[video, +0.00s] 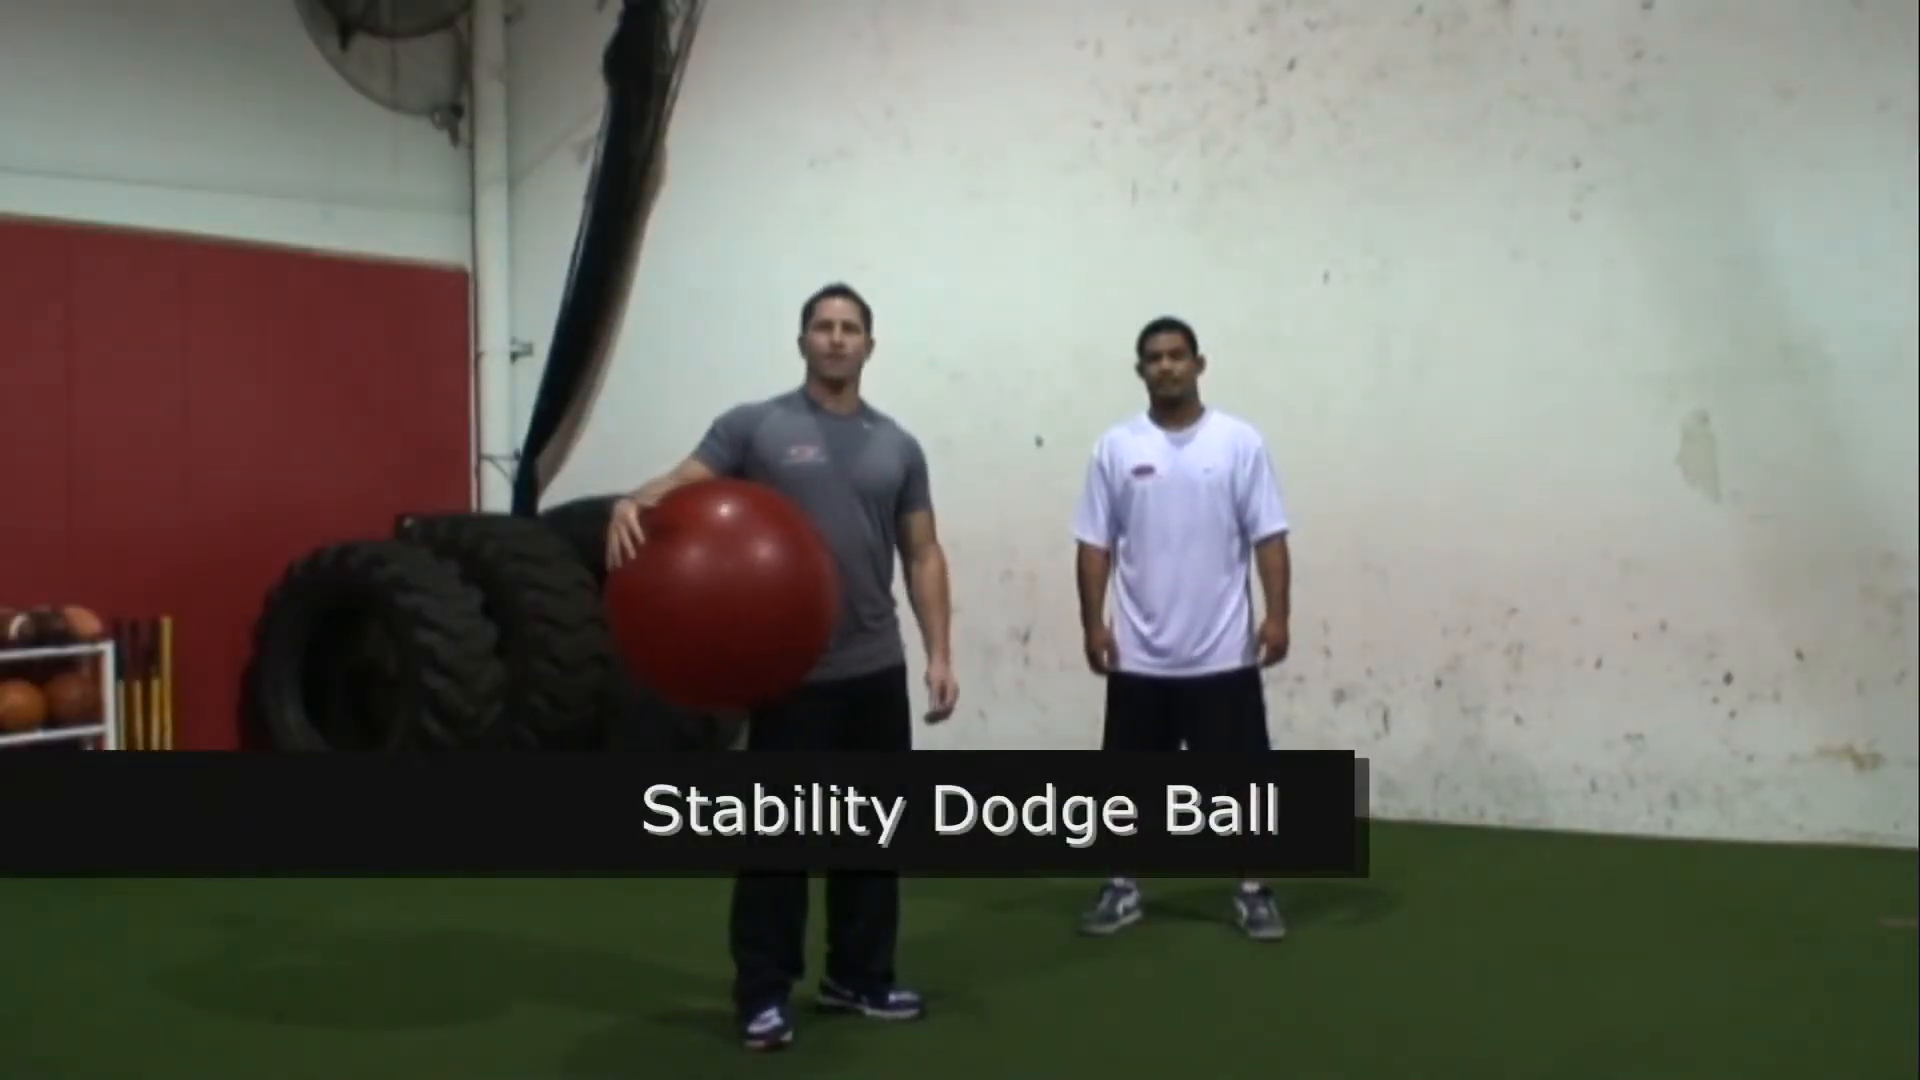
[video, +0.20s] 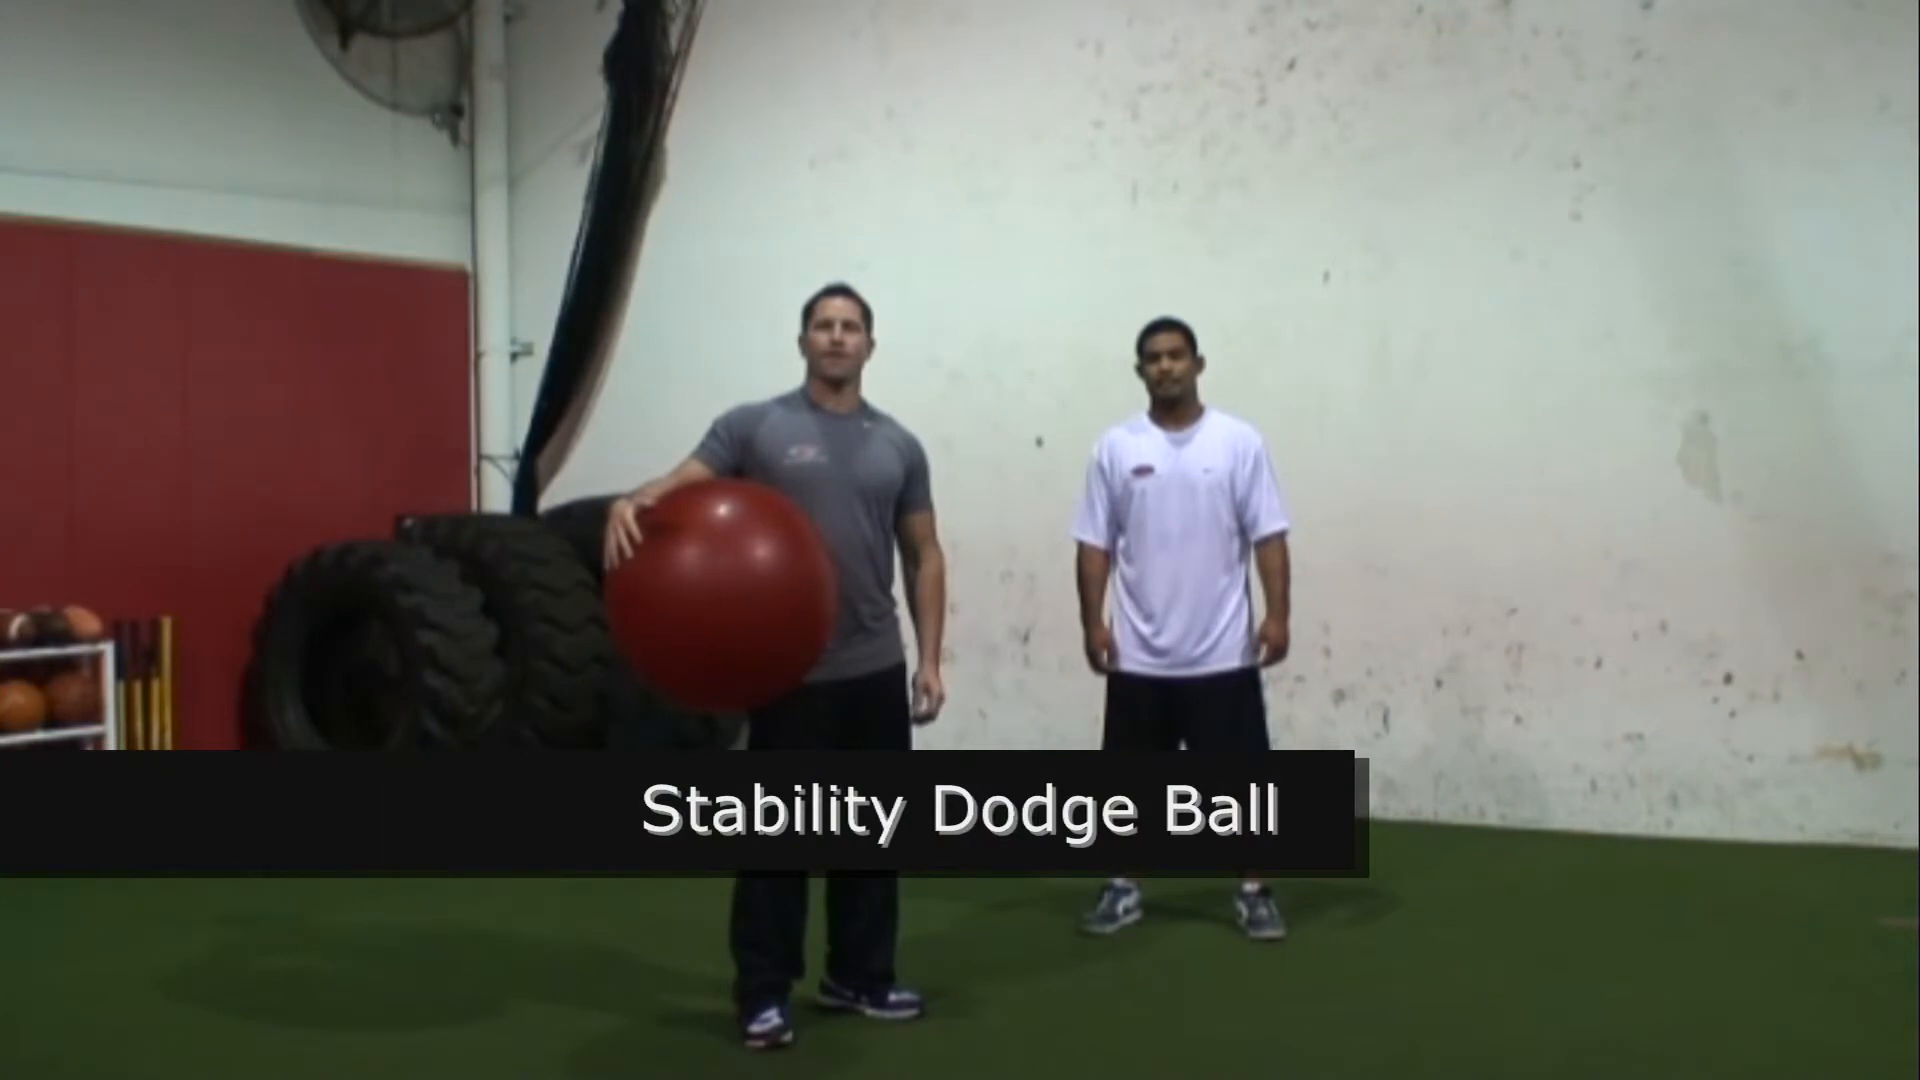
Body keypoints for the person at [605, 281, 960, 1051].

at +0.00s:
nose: (837, 338)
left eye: (850, 328)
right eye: (824, 327)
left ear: (869, 344)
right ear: (802, 341)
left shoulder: (897, 446)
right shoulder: (754, 426)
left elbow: (923, 552)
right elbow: (681, 484)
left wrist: (939, 651)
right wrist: (630, 504)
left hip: (874, 668)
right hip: (784, 673)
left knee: (873, 831)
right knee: (777, 834)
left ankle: (859, 976)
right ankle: (766, 994)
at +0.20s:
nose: (837, 336)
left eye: (850, 326)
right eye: (824, 325)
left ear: (870, 345)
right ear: (802, 341)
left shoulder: (899, 447)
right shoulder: (753, 427)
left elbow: (925, 554)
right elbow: (680, 486)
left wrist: (931, 656)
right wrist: (628, 504)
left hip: (874, 669)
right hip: (785, 674)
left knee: (873, 832)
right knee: (777, 835)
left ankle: (860, 976)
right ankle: (766, 994)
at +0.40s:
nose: (838, 337)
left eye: (851, 327)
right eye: (825, 326)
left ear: (871, 345)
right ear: (804, 341)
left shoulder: (900, 447)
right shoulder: (754, 426)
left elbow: (923, 556)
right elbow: (680, 485)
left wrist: (933, 662)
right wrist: (629, 504)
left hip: (874, 668)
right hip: (785, 673)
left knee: (873, 832)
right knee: (777, 835)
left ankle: (860, 976)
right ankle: (765, 994)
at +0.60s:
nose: (841, 337)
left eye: (854, 328)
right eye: (828, 326)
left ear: (873, 345)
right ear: (805, 341)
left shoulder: (898, 447)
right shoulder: (754, 426)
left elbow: (924, 556)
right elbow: (682, 484)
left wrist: (939, 660)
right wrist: (632, 504)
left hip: (874, 669)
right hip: (784, 674)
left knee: (873, 832)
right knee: (777, 836)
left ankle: (860, 976)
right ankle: (765, 994)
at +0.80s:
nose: (843, 338)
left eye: (856, 329)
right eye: (831, 327)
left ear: (874, 346)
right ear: (807, 341)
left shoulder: (898, 447)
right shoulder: (755, 426)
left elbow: (924, 554)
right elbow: (684, 483)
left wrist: (935, 660)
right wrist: (638, 503)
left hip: (873, 668)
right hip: (785, 673)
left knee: (873, 831)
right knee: (777, 835)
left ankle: (860, 975)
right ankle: (766, 994)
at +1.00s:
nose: (847, 339)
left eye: (859, 329)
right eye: (833, 327)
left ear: (875, 347)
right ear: (808, 341)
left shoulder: (894, 450)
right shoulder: (757, 425)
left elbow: (924, 556)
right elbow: (686, 484)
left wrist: (931, 659)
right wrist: (646, 504)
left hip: (875, 669)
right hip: (788, 671)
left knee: (873, 832)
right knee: (781, 834)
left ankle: (859, 976)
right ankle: (765, 994)